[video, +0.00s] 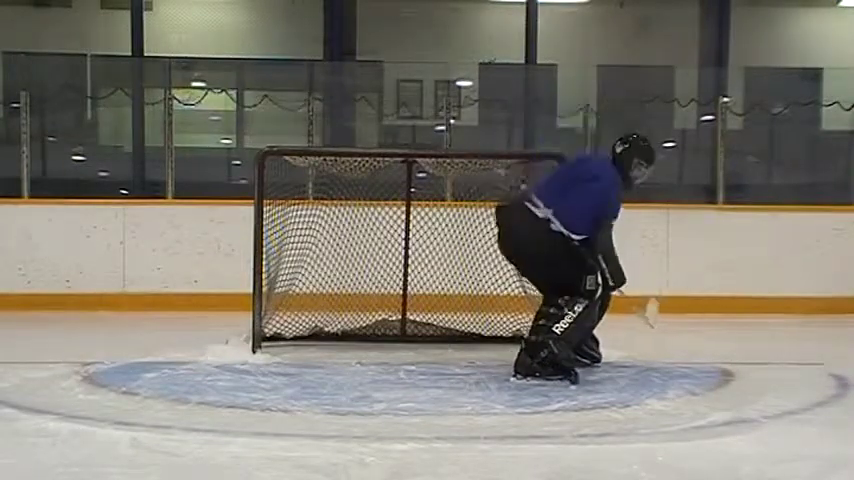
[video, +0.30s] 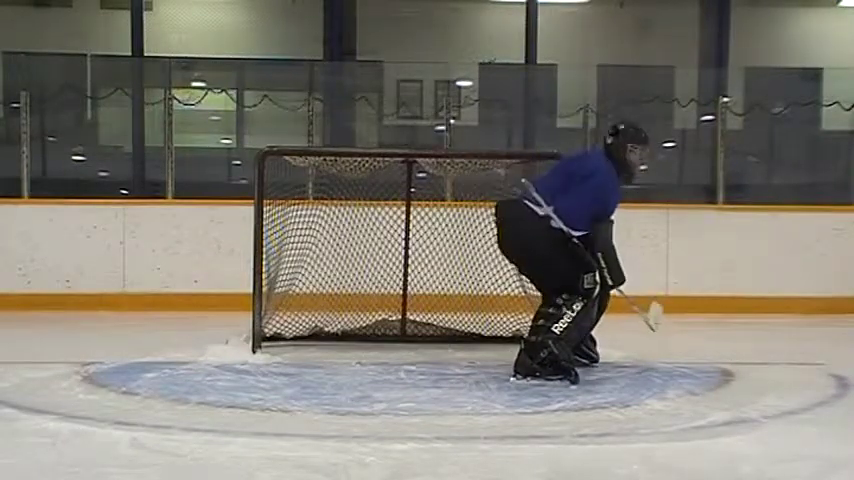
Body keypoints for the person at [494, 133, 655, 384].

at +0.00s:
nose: (642, 175)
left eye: (646, 170)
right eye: (640, 167)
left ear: (618, 152)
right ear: (628, 159)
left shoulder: (591, 163)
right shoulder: (610, 187)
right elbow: (600, 239)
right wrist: (617, 279)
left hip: (514, 220)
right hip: (535, 232)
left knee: (564, 287)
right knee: (592, 288)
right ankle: (541, 356)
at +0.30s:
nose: (643, 160)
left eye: (644, 152)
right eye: (637, 152)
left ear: (617, 148)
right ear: (621, 150)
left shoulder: (591, 161)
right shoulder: (606, 182)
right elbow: (602, 240)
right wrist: (618, 279)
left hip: (514, 216)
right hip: (530, 225)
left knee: (562, 286)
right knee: (590, 286)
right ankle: (542, 355)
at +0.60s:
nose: (635, 153)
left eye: (635, 146)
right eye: (629, 145)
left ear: (605, 146)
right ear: (611, 146)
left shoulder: (581, 162)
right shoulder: (605, 178)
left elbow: (583, 231)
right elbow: (603, 239)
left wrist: (596, 265)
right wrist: (619, 279)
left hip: (513, 223)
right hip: (534, 231)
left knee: (564, 288)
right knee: (591, 286)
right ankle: (542, 354)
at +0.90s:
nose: (624, 128)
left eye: (624, 122)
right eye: (617, 123)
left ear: (596, 126)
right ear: (600, 125)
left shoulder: (580, 148)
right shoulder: (595, 156)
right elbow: (588, 214)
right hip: (537, 224)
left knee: (560, 288)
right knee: (584, 287)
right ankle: (538, 354)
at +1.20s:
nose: (621, 119)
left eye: (620, 112)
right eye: (615, 113)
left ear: (591, 118)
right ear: (600, 117)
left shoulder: (574, 143)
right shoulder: (600, 153)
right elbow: (586, 215)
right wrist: (590, 253)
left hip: (526, 216)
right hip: (543, 222)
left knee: (554, 289)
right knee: (570, 289)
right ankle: (529, 353)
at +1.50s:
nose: (625, 118)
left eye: (624, 112)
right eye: (619, 113)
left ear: (593, 117)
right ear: (603, 117)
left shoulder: (576, 141)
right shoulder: (603, 150)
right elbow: (582, 215)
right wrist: (588, 260)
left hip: (525, 213)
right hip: (545, 221)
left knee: (548, 288)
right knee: (567, 291)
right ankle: (519, 352)